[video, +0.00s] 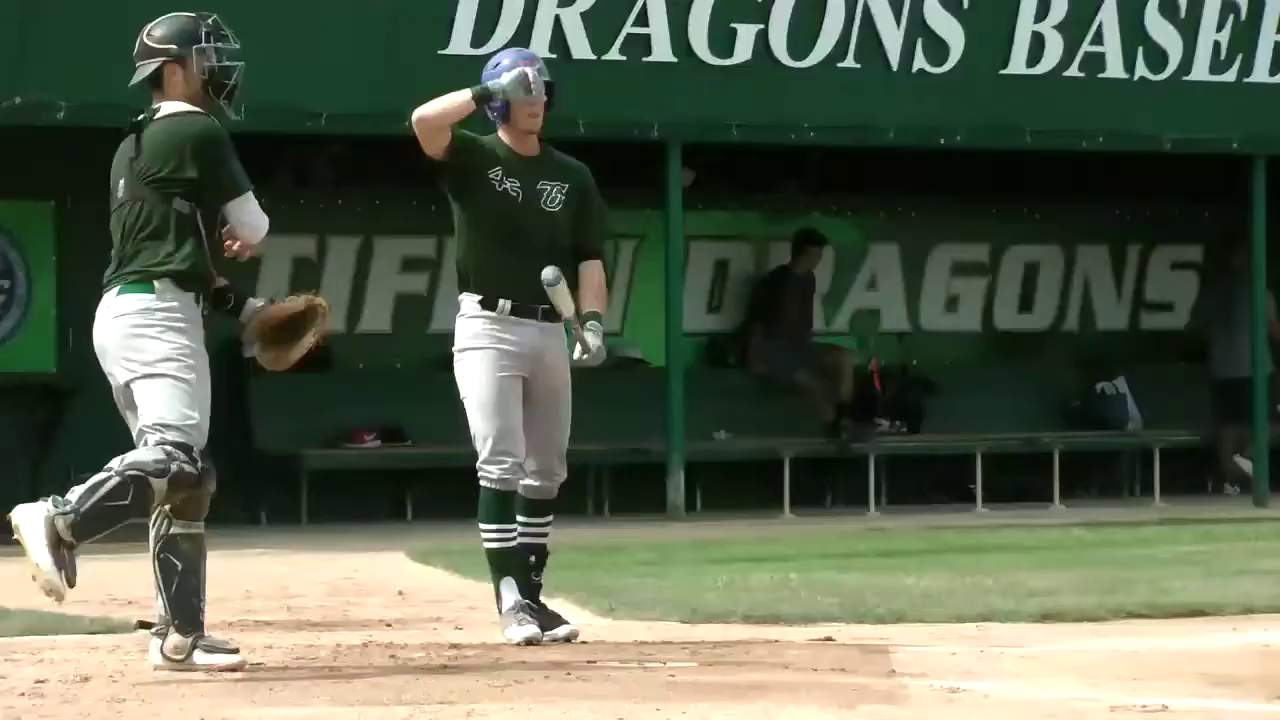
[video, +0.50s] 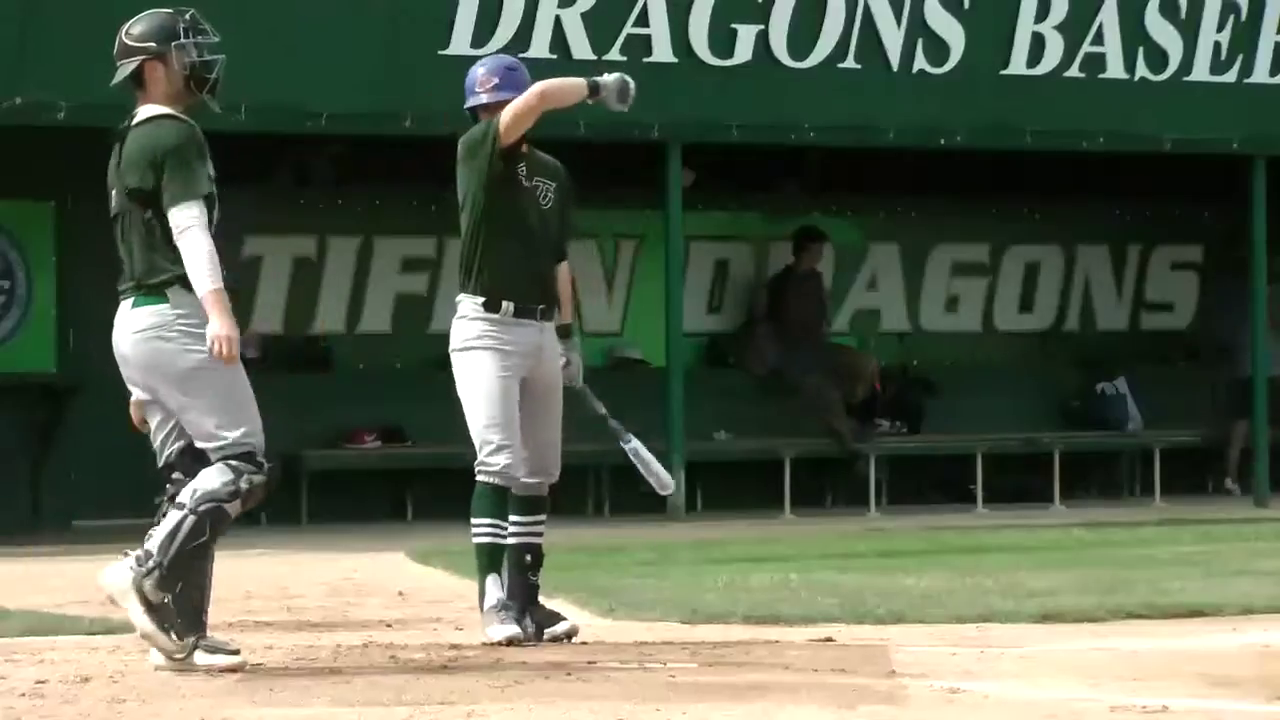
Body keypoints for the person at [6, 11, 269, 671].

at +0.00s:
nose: (218, 69)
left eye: (215, 58)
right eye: (207, 59)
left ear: (161, 73)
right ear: (176, 67)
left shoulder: (129, 147)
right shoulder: (200, 128)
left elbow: (168, 255)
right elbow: (253, 229)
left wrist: (243, 307)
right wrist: (225, 245)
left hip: (120, 313)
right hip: (158, 308)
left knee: (187, 477)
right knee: (175, 453)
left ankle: (181, 633)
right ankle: (58, 520)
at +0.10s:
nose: (218, 65)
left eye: (215, 54)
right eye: (204, 56)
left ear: (167, 73)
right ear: (172, 67)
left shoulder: (128, 147)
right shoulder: (201, 129)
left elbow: (161, 250)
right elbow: (258, 237)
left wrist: (244, 299)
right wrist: (233, 256)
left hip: (121, 312)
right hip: (162, 309)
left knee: (185, 477)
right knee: (185, 458)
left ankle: (181, 633)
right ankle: (76, 516)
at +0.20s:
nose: (216, 63)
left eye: (211, 52)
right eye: (202, 53)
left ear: (162, 71)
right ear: (169, 65)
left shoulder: (130, 145)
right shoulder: (197, 132)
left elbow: (166, 251)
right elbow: (244, 233)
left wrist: (241, 300)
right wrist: (289, 284)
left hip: (125, 314)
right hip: (168, 312)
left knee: (181, 474)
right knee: (214, 459)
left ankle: (181, 633)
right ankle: (132, 507)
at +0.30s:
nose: (213, 72)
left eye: (210, 59)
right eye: (201, 61)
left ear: (155, 72)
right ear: (168, 67)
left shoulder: (135, 141)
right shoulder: (187, 132)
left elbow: (170, 262)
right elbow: (229, 241)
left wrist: (240, 335)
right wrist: (296, 308)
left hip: (129, 319)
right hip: (171, 315)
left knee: (187, 476)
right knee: (240, 458)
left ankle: (181, 632)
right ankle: (162, 524)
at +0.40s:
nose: (208, 69)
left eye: (206, 58)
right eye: (196, 59)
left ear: (150, 72)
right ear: (162, 67)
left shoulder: (128, 144)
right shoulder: (183, 133)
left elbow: (145, 243)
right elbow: (218, 236)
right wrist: (264, 319)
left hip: (128, 322)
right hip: (176, 318)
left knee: (185, 473)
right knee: (251, 458)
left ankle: (179, 633)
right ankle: (163, 556)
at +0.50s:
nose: (200, 62)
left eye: (196, 52)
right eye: (187, 52)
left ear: (149, 70)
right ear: (154, 64)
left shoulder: (131, 142)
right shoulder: (174, 132)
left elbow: (139, 258)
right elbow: (189, 229)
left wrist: (143, 378)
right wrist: (220, 312)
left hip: (137, 322)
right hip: (174, 319)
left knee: (191, 477)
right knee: (243, 464)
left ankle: (183, 633)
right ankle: (145, 573)